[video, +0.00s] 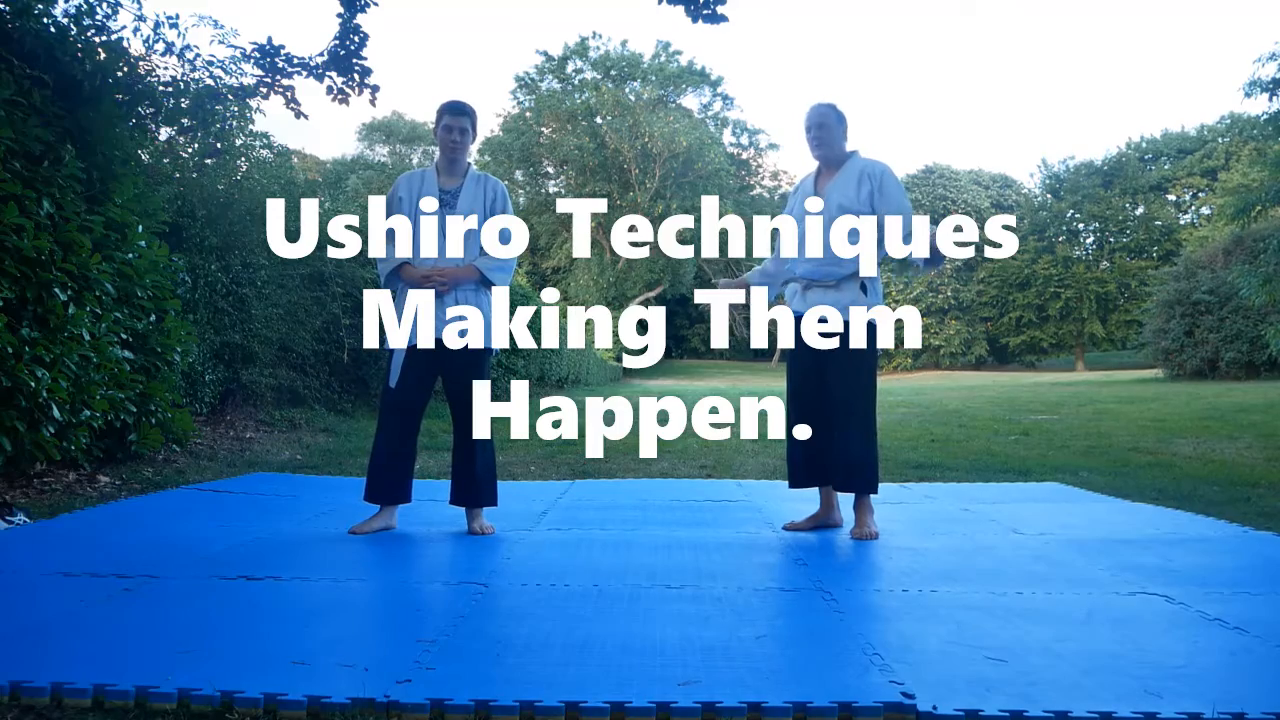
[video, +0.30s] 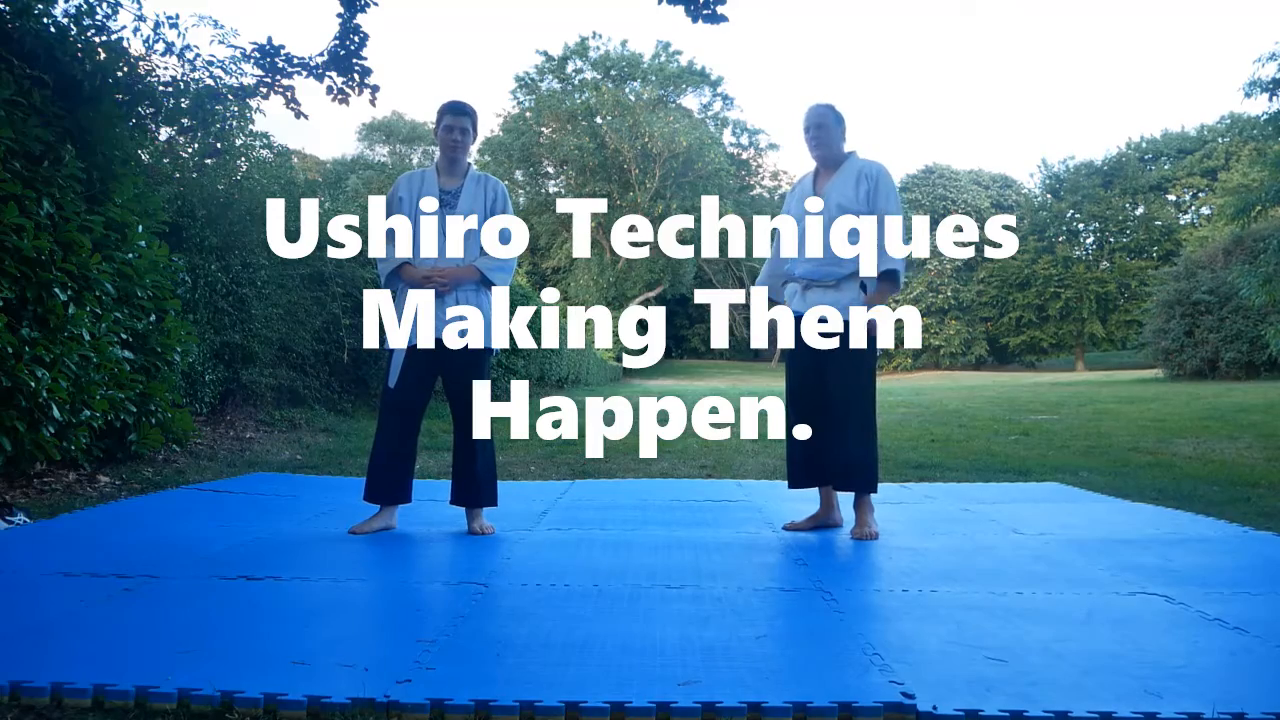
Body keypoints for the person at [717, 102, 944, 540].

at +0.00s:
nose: (814, 136)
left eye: (822, 128)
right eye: (809, 130)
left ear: (844, 131)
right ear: (805, 137)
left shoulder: (873, 174)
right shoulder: (800, 190)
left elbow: (905, 238)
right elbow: (783, 257)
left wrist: (928, 252)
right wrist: (745, 283)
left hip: (854, 309)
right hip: (806, 311)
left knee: (854, 408)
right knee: (812, 408)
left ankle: (864, 509)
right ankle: (827, 507)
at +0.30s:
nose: (813, 135)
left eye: (821, 128)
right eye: (808, 130)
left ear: (842, 132)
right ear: (803, 138)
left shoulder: (871, 175)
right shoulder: (797, 190)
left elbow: (892, 239)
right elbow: (779, 256)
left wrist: (878, 295)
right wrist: (772, 303)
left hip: (853, 305)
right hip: (803, 308)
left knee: (854, 406)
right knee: (811, 407)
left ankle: (864, 508)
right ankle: (827, 506)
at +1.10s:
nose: (797, 134)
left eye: (805, 126)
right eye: (792, 128)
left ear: (827, 127)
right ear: (787, 133)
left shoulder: (856, 171)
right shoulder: (786, 184)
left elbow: (877, 234)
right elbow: (770, 247)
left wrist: (882, 296)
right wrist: (759, 307)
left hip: (831, 304)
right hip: (785, 305)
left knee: (811, 405)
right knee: (796, 406)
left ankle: (793, 508)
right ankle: (828, 505)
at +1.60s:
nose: (771, 131)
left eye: (780, 122)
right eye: (768, 123)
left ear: (808, 122)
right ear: (768, 126)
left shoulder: (835, 165)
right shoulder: (767, 180)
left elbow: (850, 231)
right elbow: (750, 244)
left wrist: (829, 290)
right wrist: (726, 302)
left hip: (809, 307)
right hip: (761, 307)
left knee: (800, 408)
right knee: (741, 401)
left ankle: (792, 512)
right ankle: (782, 487)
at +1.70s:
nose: (767, 130)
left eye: (775, 122)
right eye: (764, 123)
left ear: (803, 121)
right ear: (766, 125)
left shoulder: (832, 165)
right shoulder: (763, 179)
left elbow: (848, 231)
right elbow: (746, 243)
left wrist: (825, 290)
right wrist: (726, 301)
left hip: (807, 306)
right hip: (757, 306)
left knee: (799, 410)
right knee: (735, 403)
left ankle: (791, 514)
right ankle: (751, 497)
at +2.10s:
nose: (738, 129)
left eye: (747, 121)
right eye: (734, 121)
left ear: (774, 123)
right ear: (732, 124)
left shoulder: (802, 169)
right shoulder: (721, 178)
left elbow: (822, 236)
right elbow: (700, 245)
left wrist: (832, 301)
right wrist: (678, 305)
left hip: (781, 305)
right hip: (725, 306)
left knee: (783, 411)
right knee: (711, 409)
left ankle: (789, 514)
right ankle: (699, 508)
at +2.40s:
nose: (731, 125)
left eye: (740, 118)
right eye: (725, 118)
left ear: (756, 124)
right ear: (715, 124)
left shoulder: (778, 174)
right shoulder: (694, 173)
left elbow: (804, 238)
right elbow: (658, 223)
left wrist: (838, 292)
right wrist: (624, 266)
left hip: (762, 304)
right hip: (704, 303)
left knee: (762, 407)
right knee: (696, 405)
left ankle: (766, 505)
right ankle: (698, 506)